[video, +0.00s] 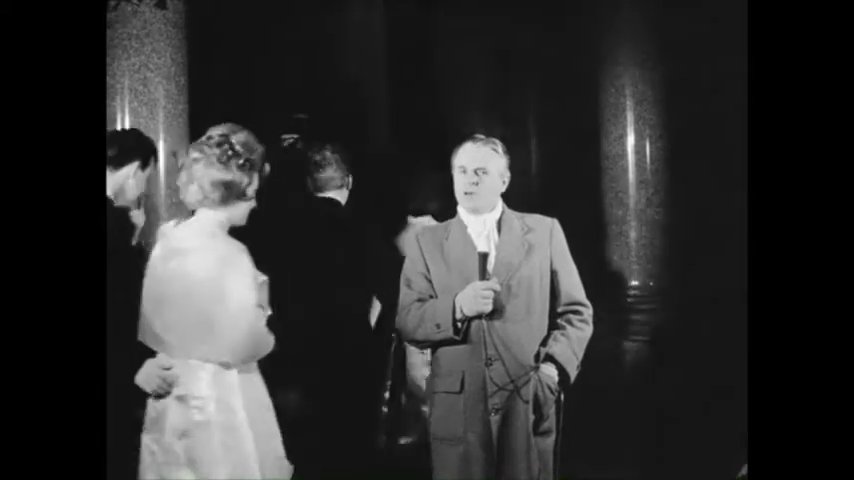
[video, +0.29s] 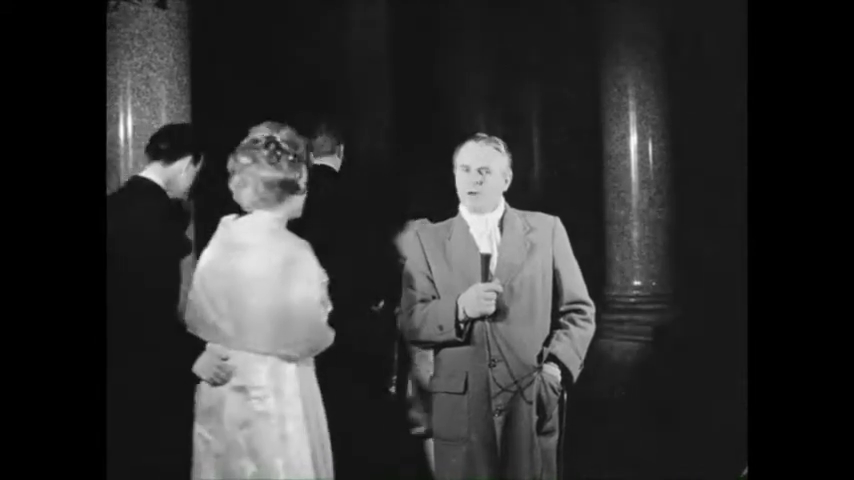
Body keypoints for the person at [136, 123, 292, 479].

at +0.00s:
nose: (256, 201)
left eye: (257, 190)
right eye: (255, 190)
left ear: (197, 186)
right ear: (243, 191)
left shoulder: (168, 237)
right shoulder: (230, 256)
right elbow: (241, 343)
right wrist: (266, 324)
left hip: (167, 383)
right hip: (221, 391)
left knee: (171, 470)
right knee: (229, 471)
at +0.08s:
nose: (272, 195)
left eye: (272, 184)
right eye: (271, 185)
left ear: (206, 186)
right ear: (259, 187)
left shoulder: (185, 237)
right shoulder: (248, 253)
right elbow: (263, 339)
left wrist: (267, 296)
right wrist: (285, 318)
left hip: (183, 384)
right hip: (240, 390)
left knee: (189, 471)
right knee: (247, 471)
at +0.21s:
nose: (293, 194)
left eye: (292, 185)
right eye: (290, 185)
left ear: (227, 188)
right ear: (280, 190)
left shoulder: (203, 242)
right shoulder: (276, 250)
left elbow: (180, 315)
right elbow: (293, 334)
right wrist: (314, 330)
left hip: (204, 382)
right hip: (267, 387)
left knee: (209, 471)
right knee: (271, 470)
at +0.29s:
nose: (308, 197)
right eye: (305, 188)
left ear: (242, 187)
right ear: (298, 193)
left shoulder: (221, 240)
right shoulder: (296, 252)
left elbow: (195, 314)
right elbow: (311, 335)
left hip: (219, 382)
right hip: (283, 386)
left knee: (223, 471)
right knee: (286, 469)